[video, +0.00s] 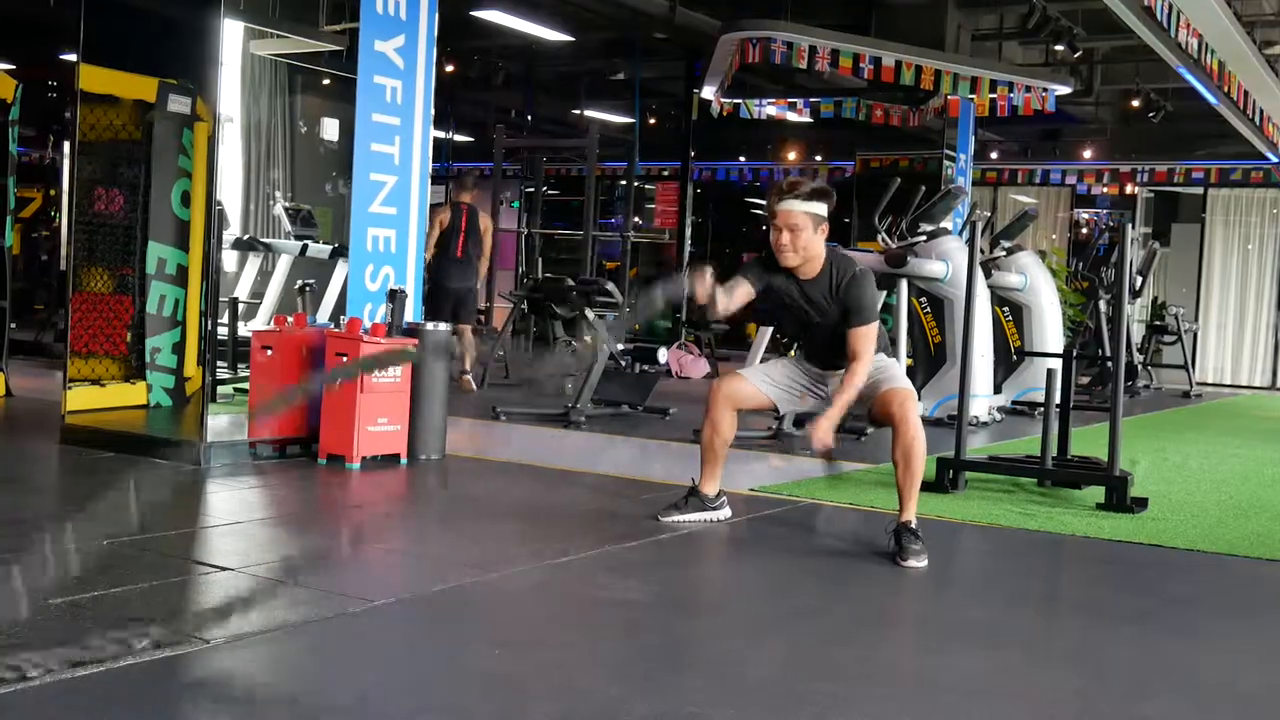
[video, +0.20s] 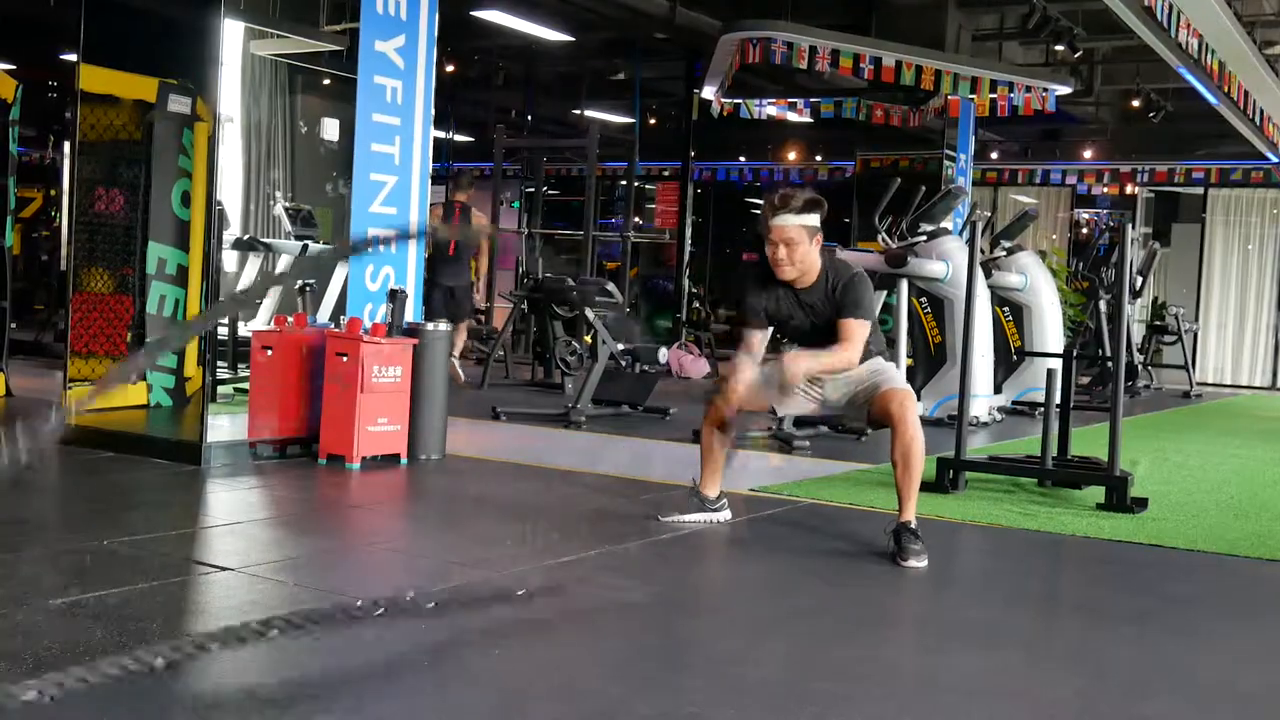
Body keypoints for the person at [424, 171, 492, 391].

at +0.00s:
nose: (460, 195)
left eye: (456, 190)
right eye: (468, 191)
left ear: (453, 190)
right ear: (474, 192)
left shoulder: (441, 214)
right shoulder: (485, 220)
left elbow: (429, 249)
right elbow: (485, 256)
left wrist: (421, 270)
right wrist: (477, 283)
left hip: (442, 283)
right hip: (468, 284)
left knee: (437, 329)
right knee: (465, 329)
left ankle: (434, 375)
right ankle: (466, 370)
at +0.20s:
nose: (466, 194)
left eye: (457, 189)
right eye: (469, 190)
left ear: (451, 189)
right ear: (471, 191)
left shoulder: (434, 212)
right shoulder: (479, 219)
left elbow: (424, 246)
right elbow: (483, 255)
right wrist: (481, 284)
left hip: (435, 280)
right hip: (461, 282)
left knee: (435, 326)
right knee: (461, 324)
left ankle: (435, 369)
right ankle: (455, 355)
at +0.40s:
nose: (465, 196)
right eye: (467, 192)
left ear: (449, 190)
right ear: (469, 192)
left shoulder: (433, 213)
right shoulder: (475, 218)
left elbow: (422, 243)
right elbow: (480, 254)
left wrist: (420, 271)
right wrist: (478, 282)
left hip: (436, 278)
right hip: (462, 280)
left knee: (435, 325)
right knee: (461, 326)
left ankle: (431, 370)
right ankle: (456, 370)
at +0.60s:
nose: (466, 200)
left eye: (457, 195)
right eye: (469, 196)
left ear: (452, 195)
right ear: (472, 197)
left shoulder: (435, 218)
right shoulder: (480, 224)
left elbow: (426, 249)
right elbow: (482, 259)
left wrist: (424, 278)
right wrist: (481, 290)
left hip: (439, 283)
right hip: (464, 285)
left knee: (436, 328)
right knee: (463, 329)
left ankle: (434, 372)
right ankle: (461, 372)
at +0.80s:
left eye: (461, 194)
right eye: (482, 200)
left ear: (462, 195)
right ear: (482, 199)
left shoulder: (444, 215)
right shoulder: (488, 226)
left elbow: (435, 249)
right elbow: (488, 262)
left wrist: (432, 275)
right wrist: (485, 291)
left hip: (444, 282)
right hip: (470, 285)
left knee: (437, 327)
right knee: (466, 329)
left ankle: (434, 373)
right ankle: (461, 373)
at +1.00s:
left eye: (470, 195)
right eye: (484, 199)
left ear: (468, 195)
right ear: (487, 199)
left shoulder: (453, 214)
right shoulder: (494, 226)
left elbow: (440, 246)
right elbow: (496, 260)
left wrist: (440, 268)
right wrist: (489, 286)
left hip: (447, 278)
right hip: (471, 282)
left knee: (438, 323)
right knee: (468, 329)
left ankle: (435, 371)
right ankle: (462, 374)